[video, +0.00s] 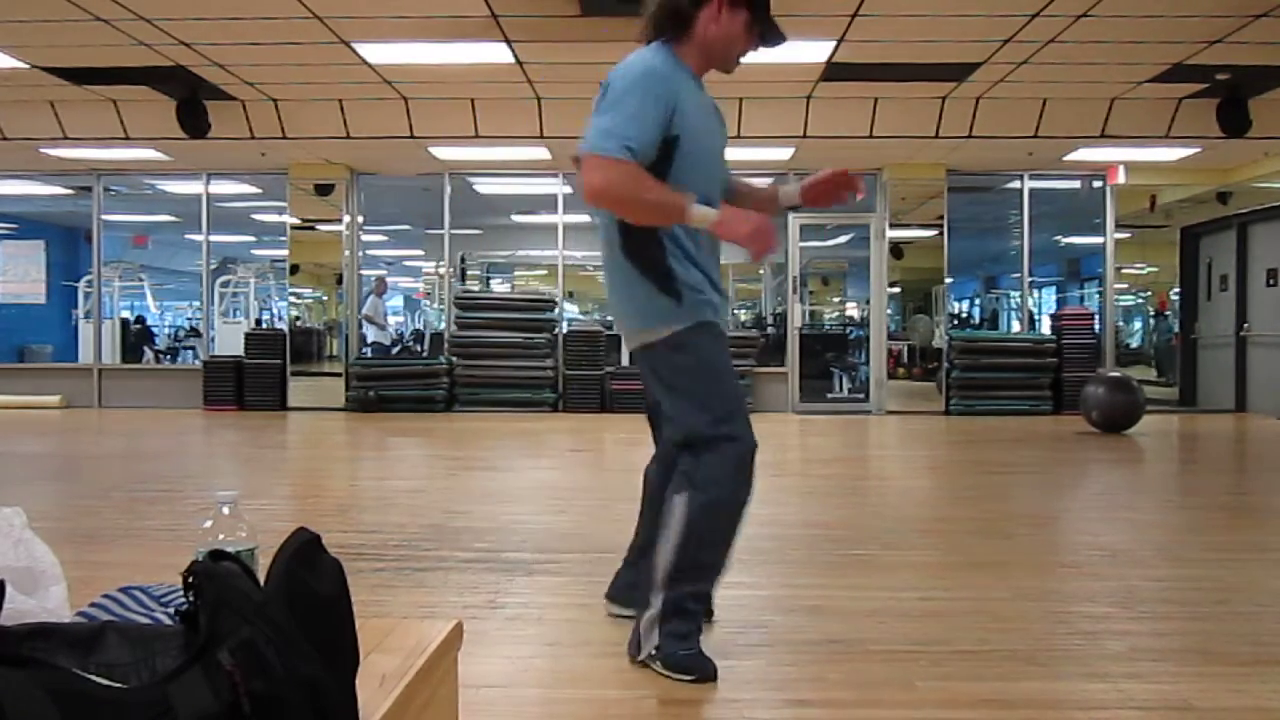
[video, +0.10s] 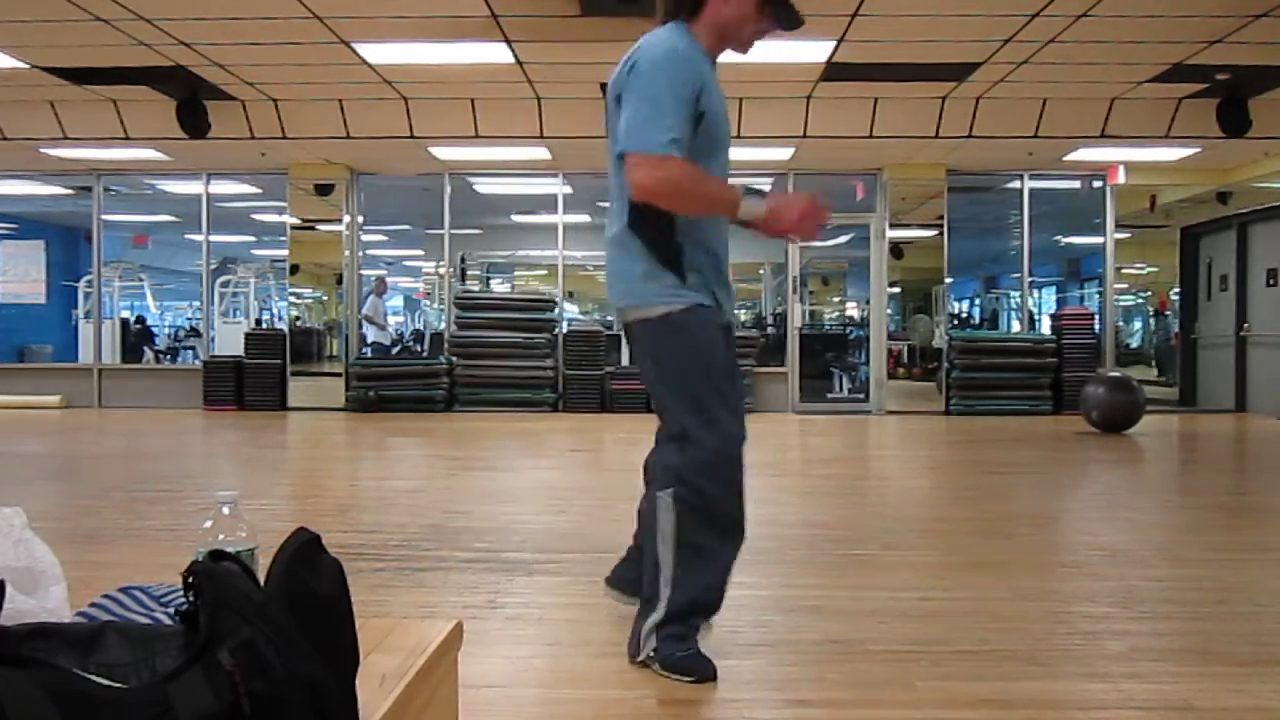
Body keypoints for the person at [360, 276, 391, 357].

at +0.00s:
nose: (386, 287)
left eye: (386, 285)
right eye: (384, 285)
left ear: (385, 286)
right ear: (377, 286)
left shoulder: (381, 301)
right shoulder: (373, 299)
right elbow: (365, 314)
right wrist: (379, 324)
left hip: (384, 337)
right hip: (376, 338)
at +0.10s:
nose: (386, 287)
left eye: (385, 285)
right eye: (383, 285)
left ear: (384, 286)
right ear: (377, 286)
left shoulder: (381, 301)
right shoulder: (373, 299)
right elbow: (365, 314)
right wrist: (379, 324)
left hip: (384, 337)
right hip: (376, 338)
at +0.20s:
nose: (386, 287)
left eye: (386, 284)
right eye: (384, 284)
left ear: (384, 286)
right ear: (377, 286)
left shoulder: (381, 301)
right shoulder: (373, 299)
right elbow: (365, 314)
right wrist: (379, 324)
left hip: (384, 337)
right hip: (376, 338)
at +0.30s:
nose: (386, 288)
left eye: (386, 285)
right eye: (384, 285)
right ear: (378, 287)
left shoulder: (381, 301)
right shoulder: (372, 299)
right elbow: (365, 315)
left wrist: (385, 323)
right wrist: (379, 324)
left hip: (384, 338)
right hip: (375, 339)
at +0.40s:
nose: (386, 288)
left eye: (386, 285)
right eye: (384, 285)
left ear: (385, 287)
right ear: (378, 286)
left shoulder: (381, 301)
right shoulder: (372, 299)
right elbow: (365, 315)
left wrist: (385, 323)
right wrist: (379, 324)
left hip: (384, 338)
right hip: (375, 338)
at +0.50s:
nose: (386, 288)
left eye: (386, 286)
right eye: (384, 286)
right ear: (378, 287)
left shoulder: (381, 301)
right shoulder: (372, 299)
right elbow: (365, 315)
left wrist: (385, 323)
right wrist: (379, 324)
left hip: (384, 338)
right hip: (375, 338)